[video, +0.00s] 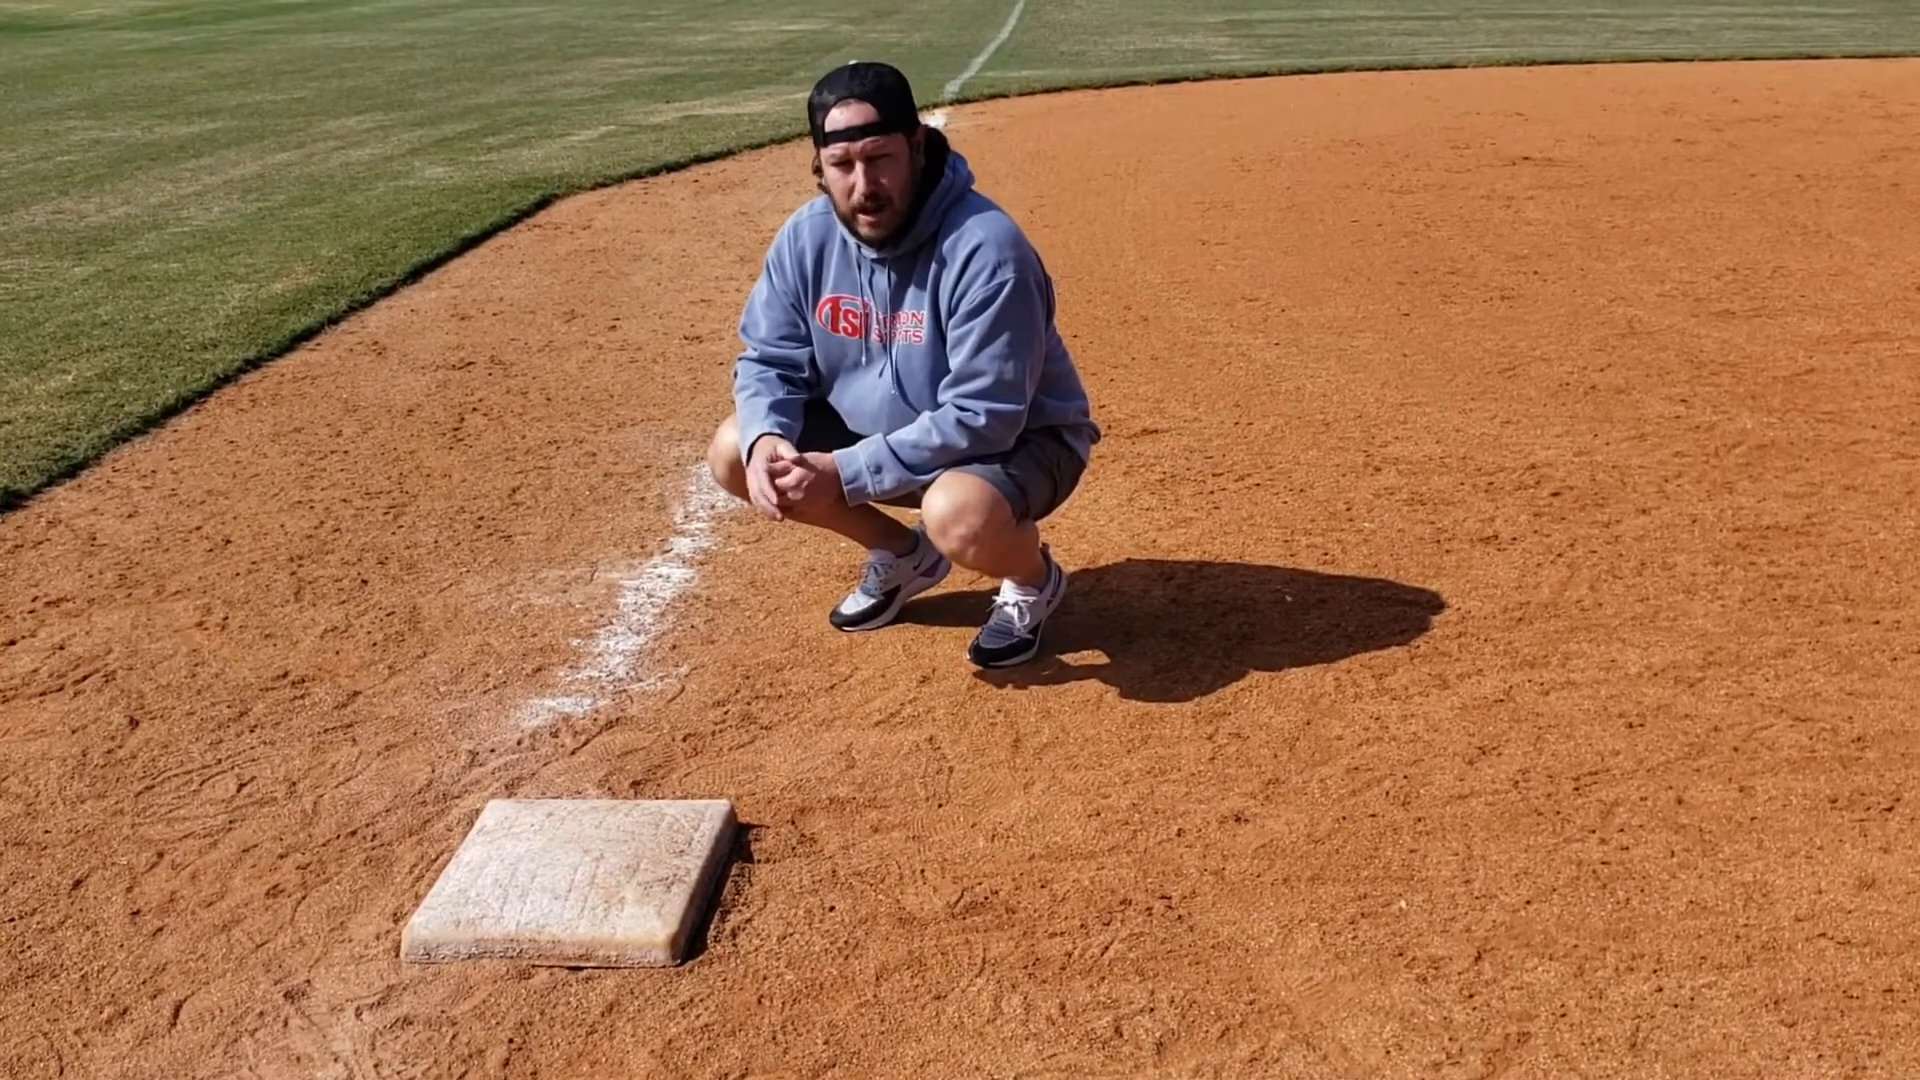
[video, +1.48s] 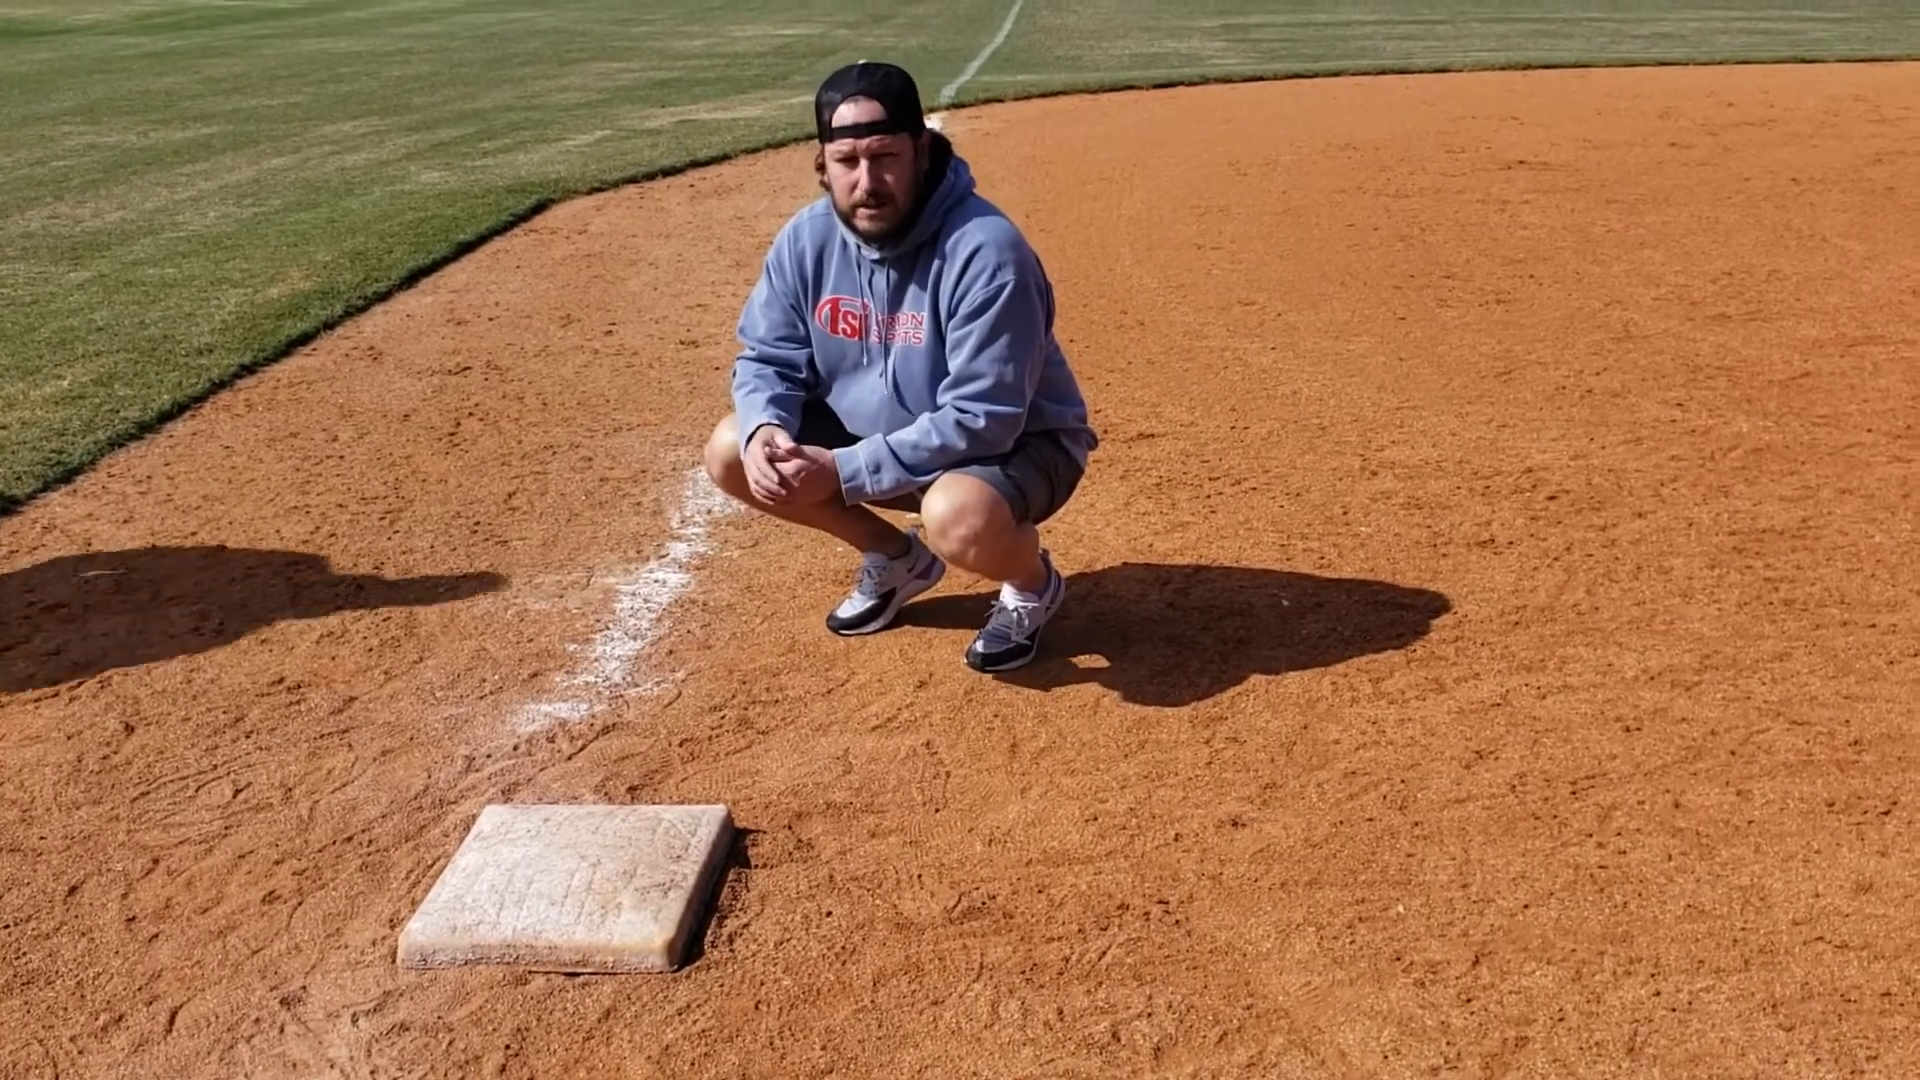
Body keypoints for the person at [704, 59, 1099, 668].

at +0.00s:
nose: (863, 187)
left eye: (879, 159)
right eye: (841, 164)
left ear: (918, 146)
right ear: (820, 168)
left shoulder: (986, 253)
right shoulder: (806, 239)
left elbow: (982, 420)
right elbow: (768, 359)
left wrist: (843, 475)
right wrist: (769, 436)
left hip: (1024, 437)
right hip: (887, 430)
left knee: (957, 514)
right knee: (736, 453)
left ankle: (1035, 580)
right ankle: (902, 553)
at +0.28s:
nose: (840, 202)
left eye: (858, 175)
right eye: (823, 178)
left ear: (907, 158)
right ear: (809, 172)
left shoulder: (985, 254)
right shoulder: (806, 238)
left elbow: (982, 421)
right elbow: (769, 356)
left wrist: (842, 475)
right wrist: (760, 421)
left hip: (1023, 440)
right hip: (889, 433)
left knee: (956, 516)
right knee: (737, 453)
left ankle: (1033, 582)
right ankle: (902, 554)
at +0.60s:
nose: (846, 203)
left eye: (864, 176)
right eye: (827, 180)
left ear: (909, 157)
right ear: (812, 176)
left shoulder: (986, 255)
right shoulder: (806, 239)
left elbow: (984, 422)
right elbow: (769, 356)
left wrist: (843, 474)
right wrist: (762, 431)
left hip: (1024, 440)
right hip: (890, 433)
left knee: (957, 517)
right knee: (737, 451)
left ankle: (1034, 583)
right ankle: (900, 554)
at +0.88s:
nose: (864, 191)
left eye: (881, 163)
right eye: (842, 168)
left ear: (920, 153)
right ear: (820, 172)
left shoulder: (988, 257)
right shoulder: (807, 241)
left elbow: (982, 422)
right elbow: (768, 358)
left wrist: (845, 474)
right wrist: (765, 433)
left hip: (1024, 441)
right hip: (890, 435)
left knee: (956, 516)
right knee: (735, 456)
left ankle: (1034, 583)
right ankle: (901, 555)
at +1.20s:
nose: (869, 184)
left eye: (888, 158)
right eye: (848, 160)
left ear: (925, 150)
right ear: (825, 162)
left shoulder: (989, 255)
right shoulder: (808, 238)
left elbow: (984, 419)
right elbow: (768, 352)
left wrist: (846, 468)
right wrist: (765, 421)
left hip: (1023, 441)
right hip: (885, 433)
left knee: (958, 515)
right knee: (736, 452)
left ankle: (1035, 585)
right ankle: (898, 554)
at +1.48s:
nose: (867, 183)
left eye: (885, 157)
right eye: (845, 161)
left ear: (922, 150)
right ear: (822, 165)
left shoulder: (987, 256)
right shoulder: (805, 241)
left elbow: (982, 421)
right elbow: (766, 354)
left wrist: (844, 470)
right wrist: (764, 425)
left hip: (1020, 442)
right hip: (881, 435)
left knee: (956, 516)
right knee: (733, 453)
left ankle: (1034, 587)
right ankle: (896, 556)